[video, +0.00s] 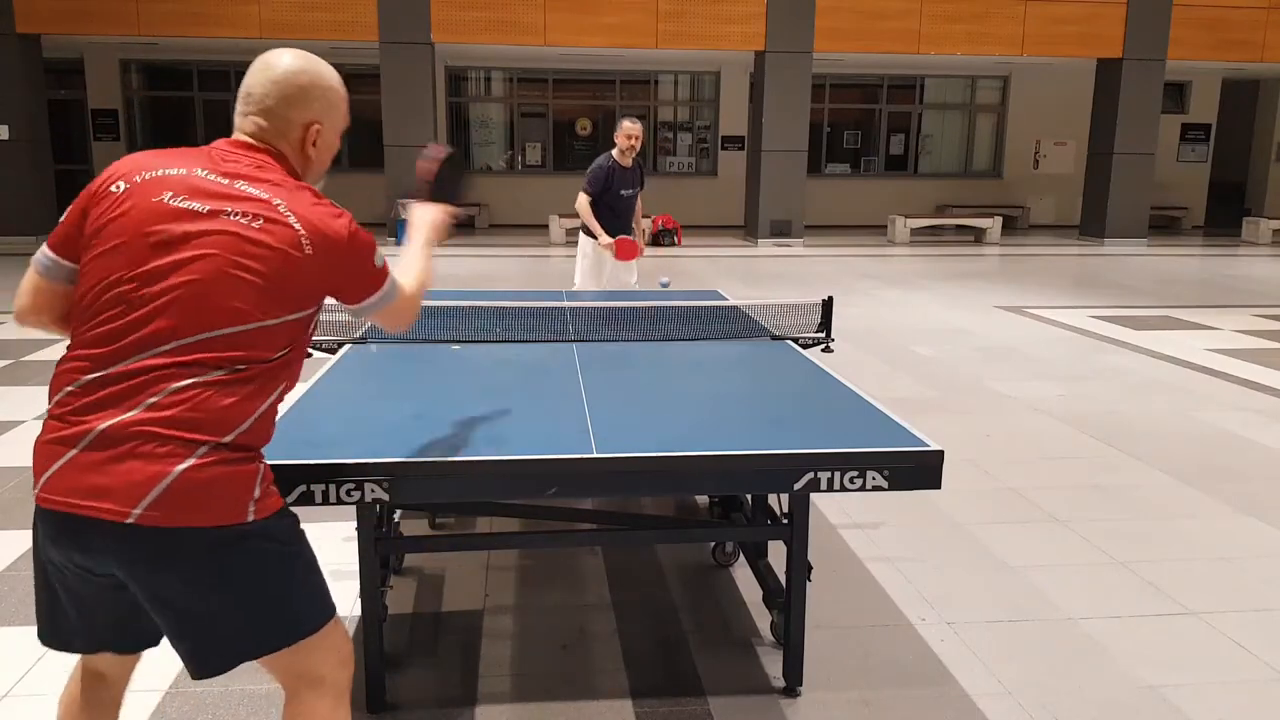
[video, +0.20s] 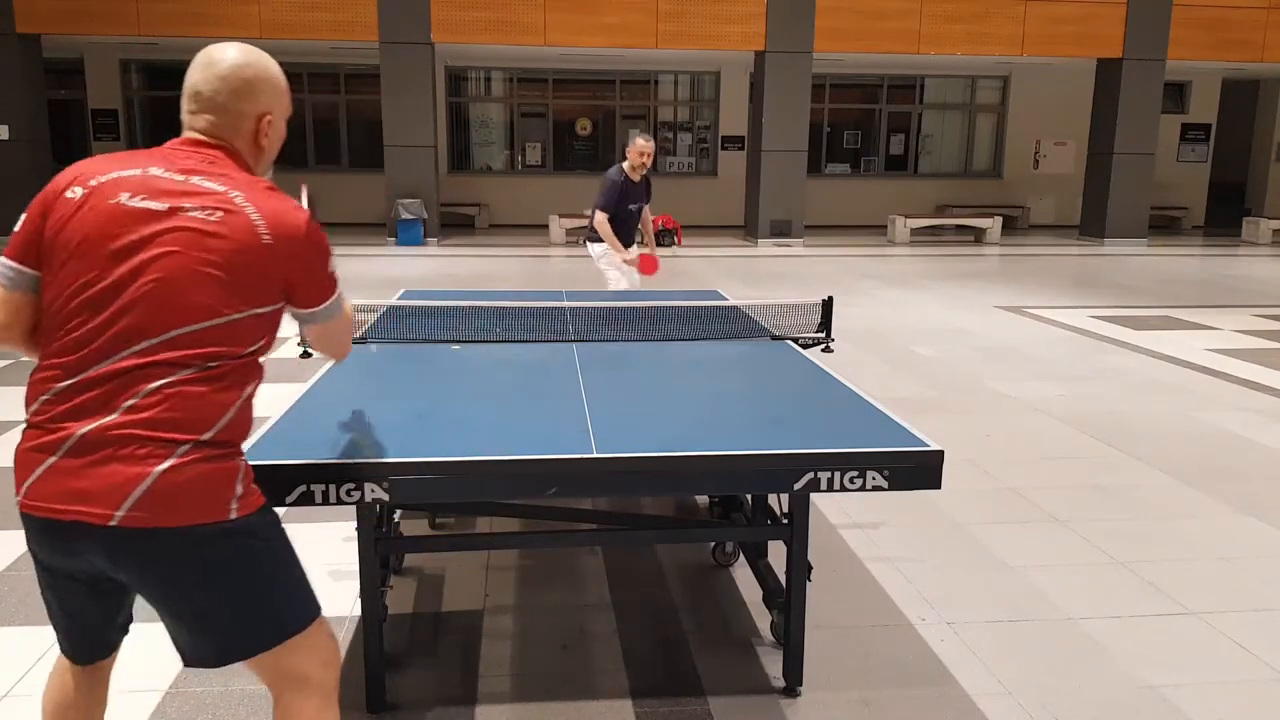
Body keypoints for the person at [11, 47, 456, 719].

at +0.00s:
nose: (335, 151)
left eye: (340, 136)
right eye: (337, 135)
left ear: (243, 115)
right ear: (312, 136)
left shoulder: (127, 174)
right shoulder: (318, 225)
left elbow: (36, 304)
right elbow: (400, 311)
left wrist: (136, 321)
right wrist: (422, 231)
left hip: (70, 495)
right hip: (201, 503)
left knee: (99, 665)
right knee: (321, 673)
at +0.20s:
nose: (283, 138)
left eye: (285, 123)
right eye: (283, 123)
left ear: (188, 112)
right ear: (264, 127)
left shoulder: (74, 182)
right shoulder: (282, 223)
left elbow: (12, 324)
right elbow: (334, 340)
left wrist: (101, 336)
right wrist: (327, 317)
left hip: (52, 495)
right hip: (185, 498)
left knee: (82, 659)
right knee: (308, 673)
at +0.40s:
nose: (255, 141)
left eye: (257, 126)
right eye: (255, 125)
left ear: (163, 116)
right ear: (235, 130)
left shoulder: (55, 184)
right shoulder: (229, 230)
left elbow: (7, 317)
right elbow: (254, 401)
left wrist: (95, 330)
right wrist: (296, 352)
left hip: (17, 483)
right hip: (133, 502)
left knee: (91, 642)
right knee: (265, 668)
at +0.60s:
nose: (283, 136)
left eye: (285, 118)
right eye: (283, 118)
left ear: (188, 108)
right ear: (261, 122)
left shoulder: (100, 166)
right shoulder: (219, 222)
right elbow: (229, 402)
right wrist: (299, 380)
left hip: (25, 461)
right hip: (115, 487)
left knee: (92, 637)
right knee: (246, 658)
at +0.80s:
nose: (339, 169)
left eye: (340, 153)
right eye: (339, 153)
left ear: (240, 137)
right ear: (314, 157)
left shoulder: (164, 184)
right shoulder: (253, 259)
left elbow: (170, 326)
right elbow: (287, 441)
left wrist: (277, 347)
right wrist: (363, 407)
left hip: (35, 468)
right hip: (126, 503)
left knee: (102, 633)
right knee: (265, 659)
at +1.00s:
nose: (376, 206)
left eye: (382, 190)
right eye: (379, 191)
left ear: (283, 170)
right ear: (350, 199)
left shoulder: (209, 206)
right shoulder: (256, 295)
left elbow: (241, 327)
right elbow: (281, 478)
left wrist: (350, 329)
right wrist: (392, 459)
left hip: (48, 468)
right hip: (114, 506)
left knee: (140, 601)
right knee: (269, 660)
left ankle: (47, 712)